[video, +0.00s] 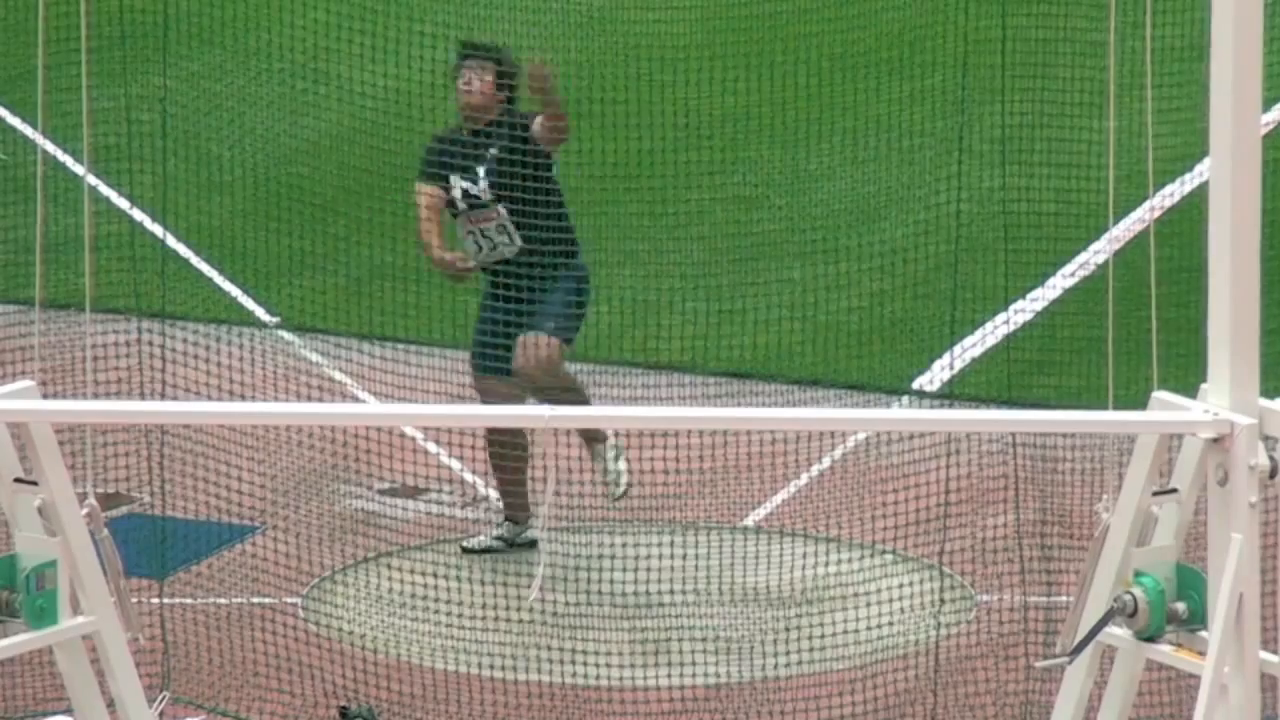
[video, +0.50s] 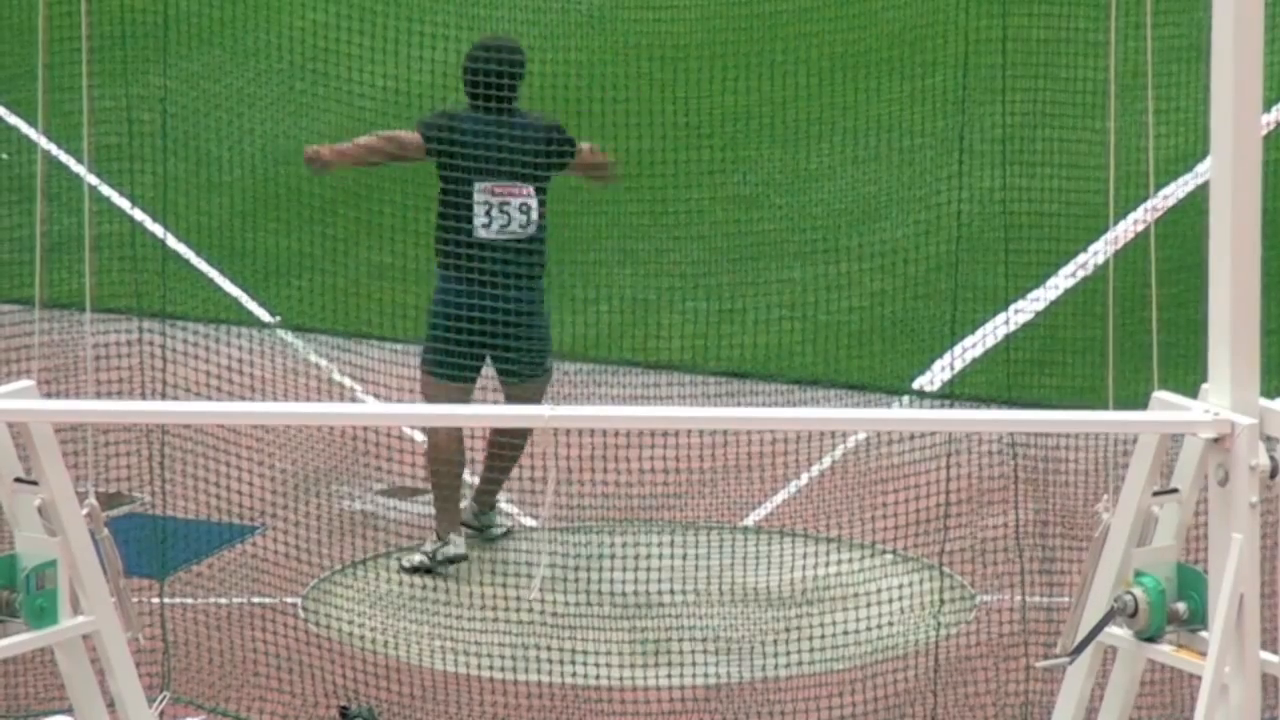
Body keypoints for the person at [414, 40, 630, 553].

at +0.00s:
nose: (469, 86)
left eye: (480, 79)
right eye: (464, 79)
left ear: (501, 90)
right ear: (455, 89)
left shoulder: (520, 129)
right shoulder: (444, 149)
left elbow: (553, 131)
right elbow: (429, 211)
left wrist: (550, 104)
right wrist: (438, 254)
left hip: (558, 276)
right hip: (504, 286)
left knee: (536, 363)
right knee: (496, 398)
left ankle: (600, 444)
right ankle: (518, 525)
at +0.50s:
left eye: (477, 76)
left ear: (469, 81)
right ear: (518, 83)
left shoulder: (451, 129)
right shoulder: (542, 135)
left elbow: (389, 146)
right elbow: (598, 166)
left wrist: (333, 154)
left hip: (458, 299)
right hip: (521, 302)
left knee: (443, 411)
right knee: (524, 404)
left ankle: (447, 537)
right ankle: (483, 506)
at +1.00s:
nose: (499, 89)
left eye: (500, 81)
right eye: (507, 79)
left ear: (504, 87)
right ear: (548, 84)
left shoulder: (507, 150)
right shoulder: (567, 136)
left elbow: (509, 232)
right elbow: (538, 201)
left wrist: (493, 302)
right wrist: (472, 216)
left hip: (519, 299)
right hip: (568, 299)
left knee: (481, 412)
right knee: (557, 408)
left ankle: (461, 541)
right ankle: (586, 524)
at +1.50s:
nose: (565, 76)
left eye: (556, 65)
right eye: (572, 65)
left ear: (542, 70)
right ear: (591, 71)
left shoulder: (517, 128)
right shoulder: (613, 126)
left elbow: (481, 192)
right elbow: (677, 161)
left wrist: (454, 257)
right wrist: (719, 208)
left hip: (533, 284)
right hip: (595, 284)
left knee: (496, 385)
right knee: (580, 398)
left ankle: (517, 509)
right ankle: (588, 522)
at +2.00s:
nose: (601, 279)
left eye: (610, 270)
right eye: (592, 269)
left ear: (628, 265)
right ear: (580, 263)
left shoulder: (651, 314)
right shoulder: (561, 281)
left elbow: (669, 404)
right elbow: (500, 256)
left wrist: (616, 446)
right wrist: (449, 228)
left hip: (650, 431)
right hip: (583, 428)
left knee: (695, 533)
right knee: (532, 525)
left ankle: (705, 642)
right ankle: (525, 640)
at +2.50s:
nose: (656, 268)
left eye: (667, 258)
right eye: (647, 258)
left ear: (685, 261)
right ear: (635, 260)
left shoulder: (709, 298)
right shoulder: (618, 316)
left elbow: (723, 366)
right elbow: (658, 401)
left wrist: (724, 425)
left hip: (668, 432)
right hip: (602, 433)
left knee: (709, 523)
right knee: (552, 532)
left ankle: (704, 643)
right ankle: (525, 640)